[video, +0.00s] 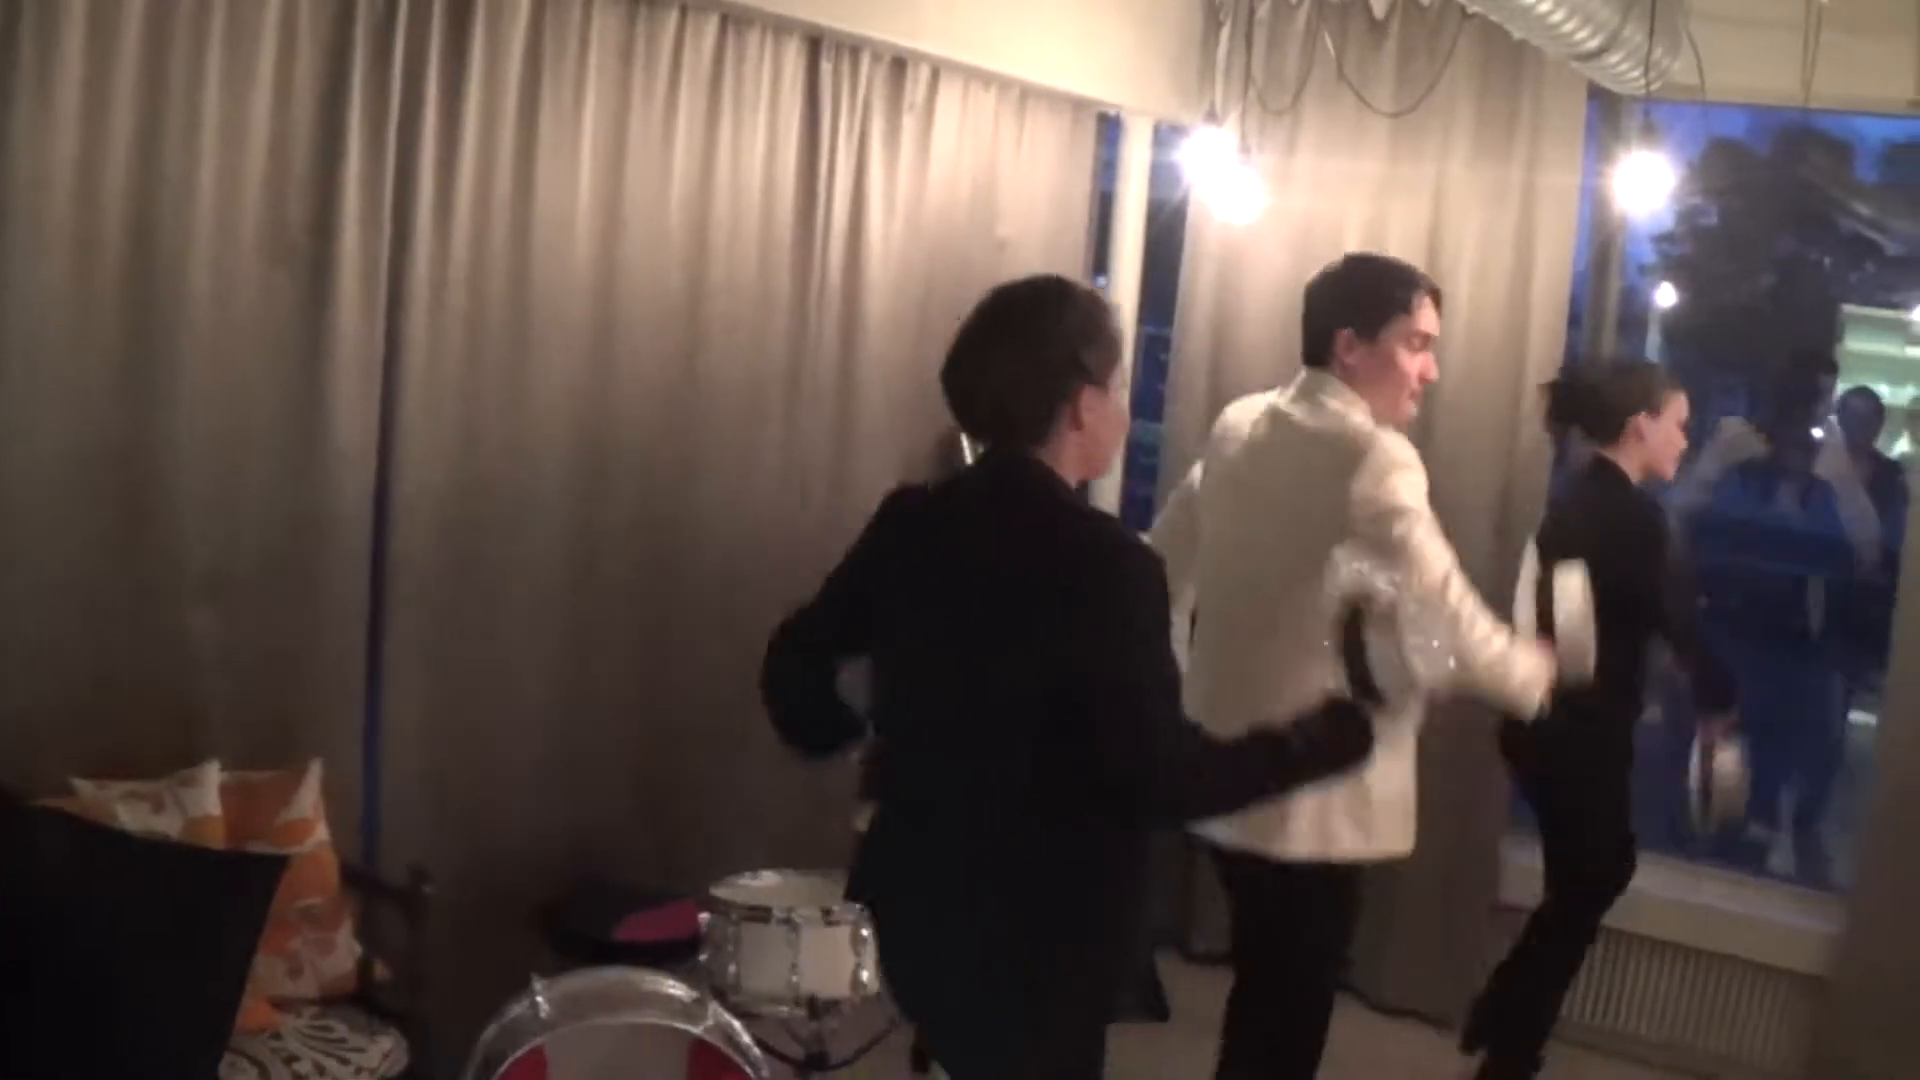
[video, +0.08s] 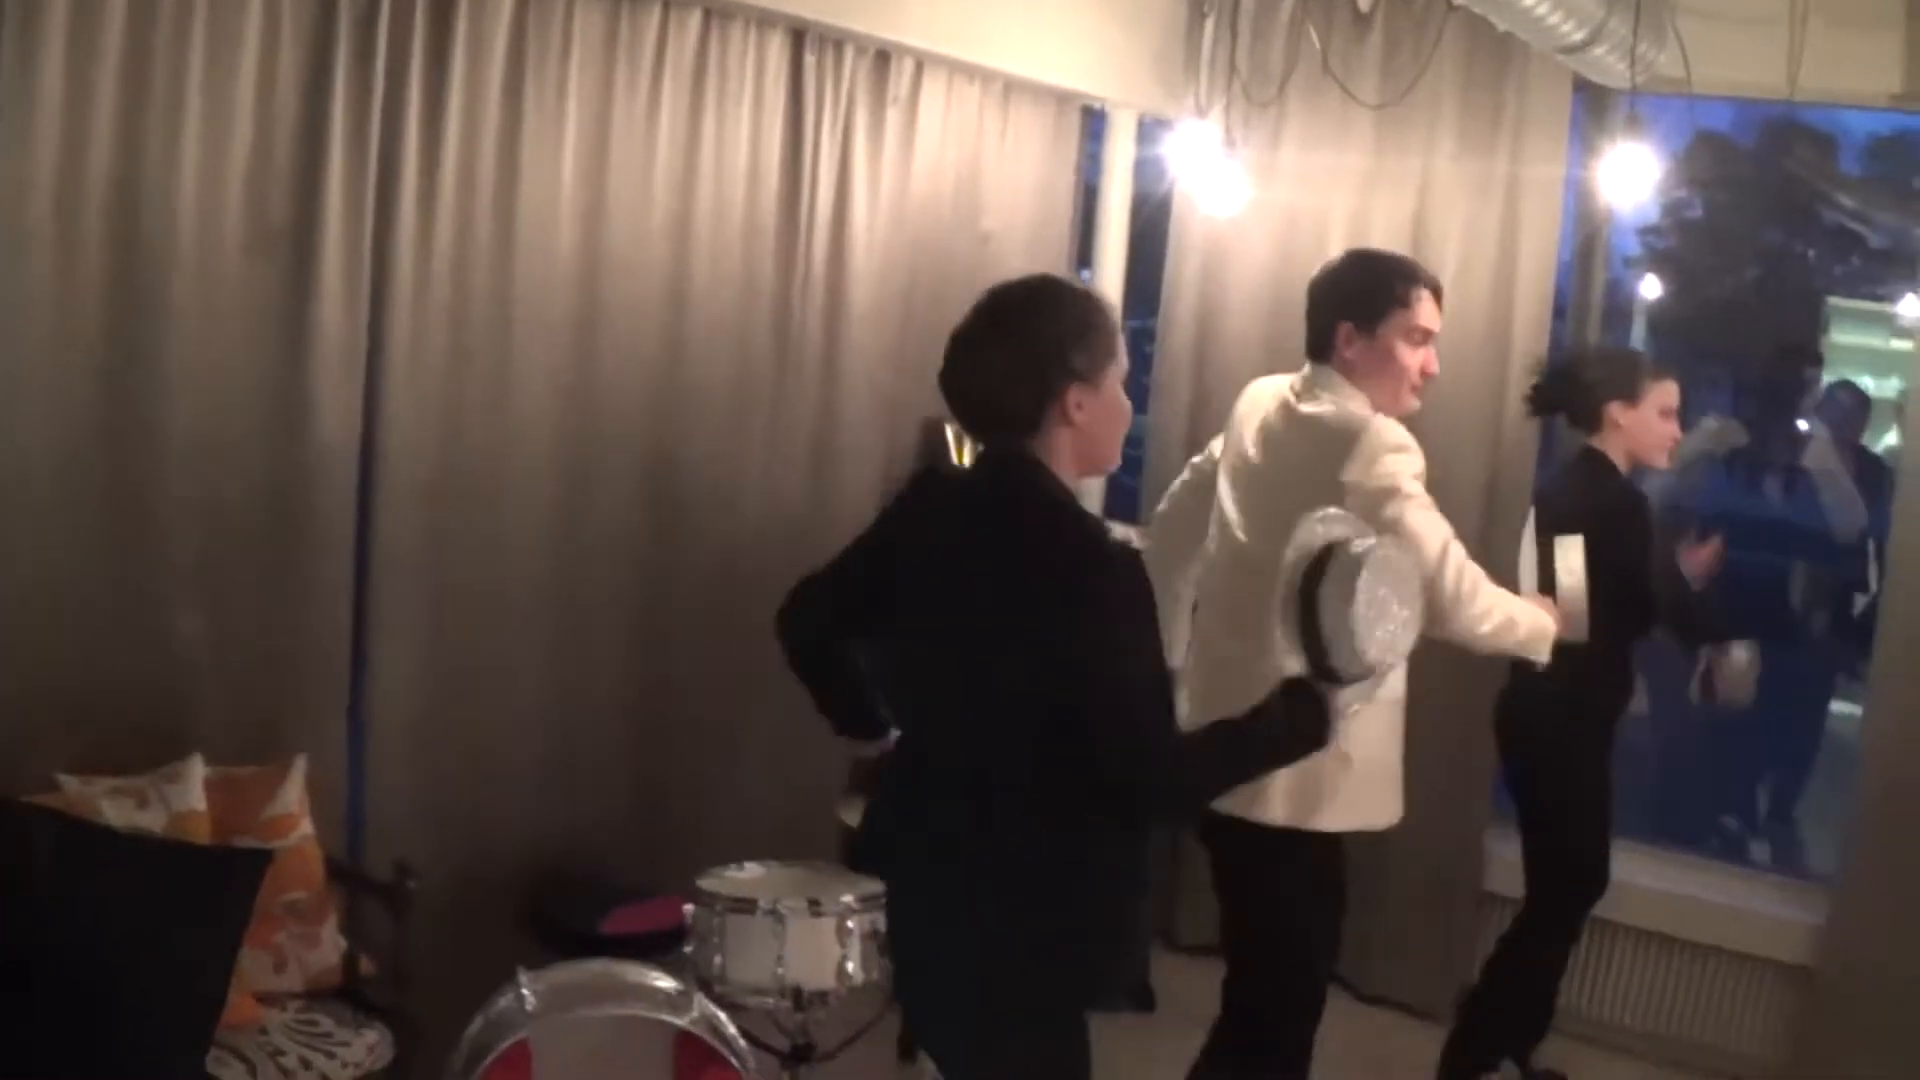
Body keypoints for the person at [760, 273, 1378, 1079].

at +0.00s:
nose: (1121, 411)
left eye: (1117, 386)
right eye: (1116, 388)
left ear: (979, 400)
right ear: (1078, 405)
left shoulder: (909, 524)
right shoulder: (1110, 563)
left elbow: (792, 665)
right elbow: (1158, 776)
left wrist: (847, 742)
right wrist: (1336, 733)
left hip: (918, 914)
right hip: (1047, 940)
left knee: (969, 1059)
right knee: (1048, 1065)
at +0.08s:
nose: (1130, 406)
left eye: (1126, 380)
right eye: (1121, 382)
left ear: (995, 402)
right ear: (1072, 403)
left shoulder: (929, 509)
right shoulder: (1094, 566)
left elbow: (810, 620)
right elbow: (1151, 778)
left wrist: (874, 733)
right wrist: (1304, 711)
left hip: (932, 908)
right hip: (1031, 938)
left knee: (982, 1063)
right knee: (1042, 1063)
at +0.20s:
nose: (1128, 410)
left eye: (1122, 386)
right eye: (1109, 388)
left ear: (1041, 408)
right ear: (1036, 406)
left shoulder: (1028, 538)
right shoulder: (974, 558)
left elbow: (1073, 754)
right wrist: (1148, 900)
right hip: (980, 965)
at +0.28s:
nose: (1119, 412)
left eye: (1114, 387)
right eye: (1095, 390)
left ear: (1027, 405)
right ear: (1014, 404)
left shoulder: (1047, 530)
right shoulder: (941, 566)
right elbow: (909, 800)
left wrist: (1106, 798)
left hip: (1041, 921)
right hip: (948, 956)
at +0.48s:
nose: (1065, 386)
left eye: (1066, 361)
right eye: (1040, 362)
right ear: (954, 370)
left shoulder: (1042, 498)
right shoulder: (859, 517)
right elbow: (722, 669)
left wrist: (1159, 543)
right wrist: (757, 811)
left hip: (1010, 897)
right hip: (891, 912)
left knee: (983, 1062)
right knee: (891, 1065)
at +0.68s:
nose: (964, 378)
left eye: (972, 354)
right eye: (940, 354)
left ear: (979, 345)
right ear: (851, 346)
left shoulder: (955, 490)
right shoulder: (749, 499)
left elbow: (974, 669)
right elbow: (674, 689)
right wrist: (722, 848)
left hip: (923, 881)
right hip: (792, 884)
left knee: (897, 1069)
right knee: (789, 1071)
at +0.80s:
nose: (908, 371)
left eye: (922, 344)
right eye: (883, 341)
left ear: (934, 333)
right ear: (799, 316)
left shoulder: (884, 459)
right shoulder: (700, 477)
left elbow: (886, 645)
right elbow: (646, 684)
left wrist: (971, 651)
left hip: (853, 855)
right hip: (719, 866)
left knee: (918, 1060)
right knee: (727, 1071)